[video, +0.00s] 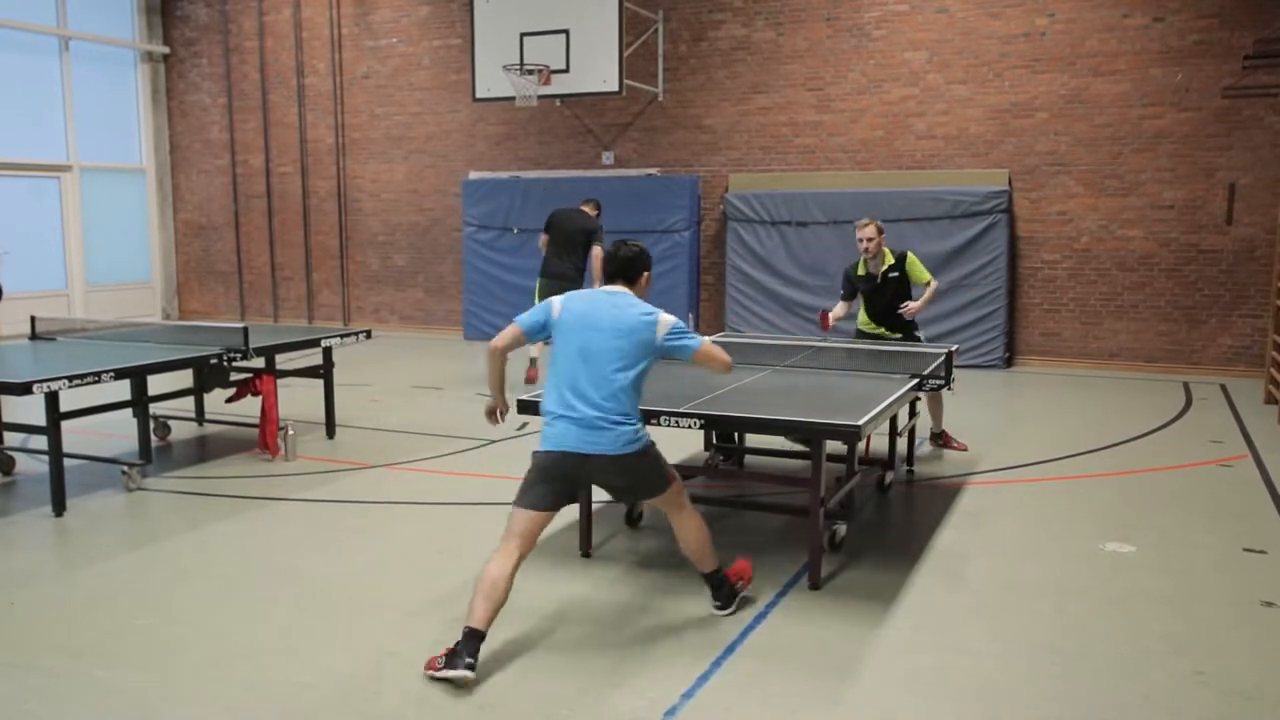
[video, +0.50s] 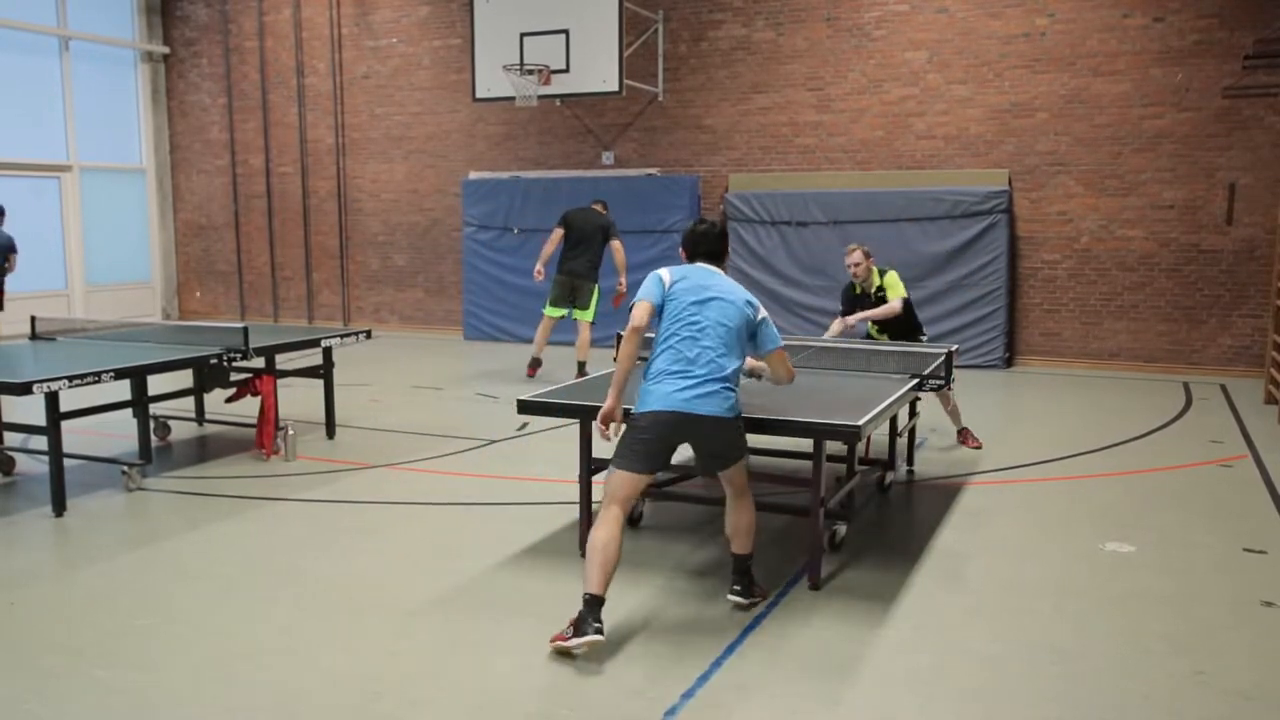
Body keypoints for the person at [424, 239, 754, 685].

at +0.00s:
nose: (652, 284)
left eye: (651, 279)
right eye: (651, 279)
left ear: (602, 275)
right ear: (644, 280)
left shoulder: (561, 304)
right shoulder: (652, 319)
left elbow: (498, 345)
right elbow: (722, 363)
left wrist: (497, 396)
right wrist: (699, 342)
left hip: (558, 448)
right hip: (621, 449)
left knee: (513, 545)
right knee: (678, 507)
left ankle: (465, 652)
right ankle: (721, 589)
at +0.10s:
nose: (690, 294)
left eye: (683, 287)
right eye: (688, 288)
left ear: (645, 286)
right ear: (683, 290)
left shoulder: (611, 311)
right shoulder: (696, 328)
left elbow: (544, 342)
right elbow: (763, 360)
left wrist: (514, 395)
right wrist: (719, 343)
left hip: (599, 449)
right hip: (662, 452)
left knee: (542, 542)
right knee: (711, 495)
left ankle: (485, 633)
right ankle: (734, 587)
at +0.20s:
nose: (719, 303)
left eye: (713, 298)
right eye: (717, 298)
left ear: (672, 299)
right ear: (713, 301)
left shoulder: (650, 318)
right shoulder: (730, 338)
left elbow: (592, 349)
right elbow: (783, 371)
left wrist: (549, 405)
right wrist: (745, 348)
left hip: (632, 450)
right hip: (692, 453)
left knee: (575, 538)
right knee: (730, 489)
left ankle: (519, 635)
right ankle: (735, 589)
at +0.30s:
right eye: (725, 293)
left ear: (683, 293)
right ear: (724, 295)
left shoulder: (666, 311)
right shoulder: (745, 334)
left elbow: (621, 345)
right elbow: (791, 376)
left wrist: (581, 406)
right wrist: (758, 353)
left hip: (650, 442)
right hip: (710, 446)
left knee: (596, 526)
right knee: (737, 489)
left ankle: (549, 627)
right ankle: (736, 585)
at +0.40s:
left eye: (679, 274)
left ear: (684, 275)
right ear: (729, 276)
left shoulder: (669, 292)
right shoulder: (749, 316)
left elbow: (632, 331)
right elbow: (792, 377)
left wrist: (601, 398)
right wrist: (756, 366)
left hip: (656, 422)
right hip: (716, 428)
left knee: (607, 511)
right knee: (736, 493)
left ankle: (572, 613)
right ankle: (737, 586)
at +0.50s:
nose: (681, 258)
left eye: (682, 251)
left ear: (683, 253)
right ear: (727, 256)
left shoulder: (663, 277)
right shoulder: (744, 298)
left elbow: (637, 326)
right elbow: (784, 374)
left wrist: (614, 397)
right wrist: (757, 364)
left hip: (657, 409)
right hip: (716, 413)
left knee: (615, 506)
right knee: (738, 490)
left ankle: (589, 617)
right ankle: (742, 582)